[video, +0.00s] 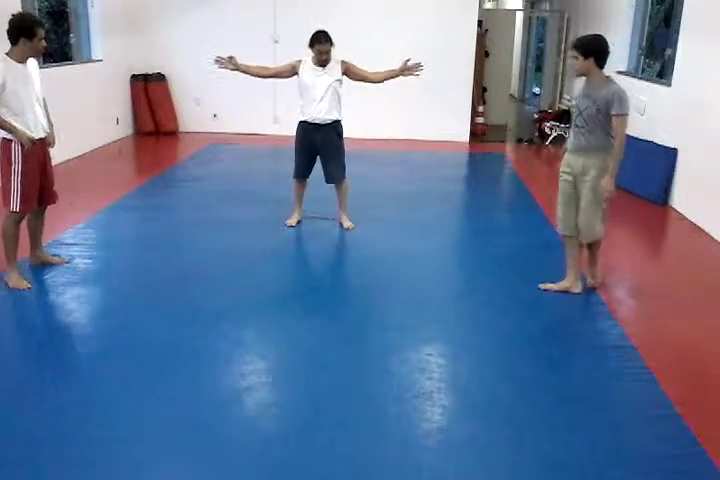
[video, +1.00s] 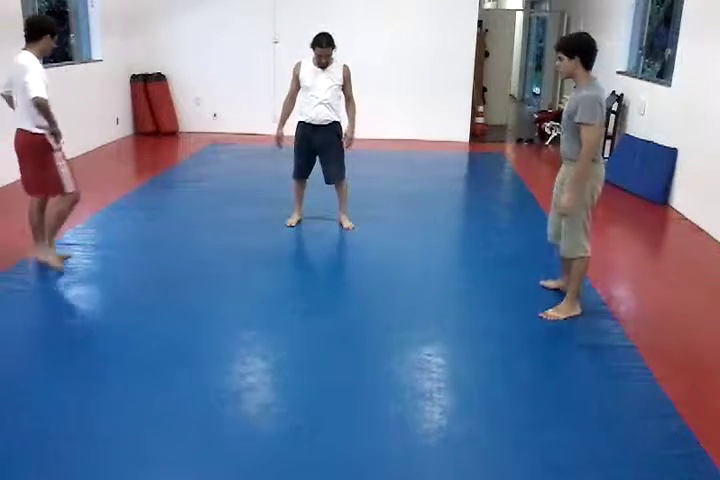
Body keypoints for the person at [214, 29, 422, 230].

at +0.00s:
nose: (322, 56)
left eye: (325, 52)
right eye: (318, 53)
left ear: (332, 48)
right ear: (311, 49)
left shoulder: (341, 66)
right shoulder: (300, 66)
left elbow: (371, 77)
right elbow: (268, 72)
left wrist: (399, 72)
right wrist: (238, 67)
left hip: (331, 129)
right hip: (306, 129)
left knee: (339, 176)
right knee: (300, 175)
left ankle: (343, 215)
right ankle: (297, 213)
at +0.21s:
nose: (322, 57)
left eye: (326, 53)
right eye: (319, 54)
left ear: (332, 51)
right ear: (311, 51)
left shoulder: (342, 68)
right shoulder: (300, 67)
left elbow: (367, 83)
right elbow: (273, 81)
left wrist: (388, 80)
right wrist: (246, 79)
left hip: (331, 129)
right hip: (306, 128)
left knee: (339, 175)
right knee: (300, 174)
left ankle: (343, 214)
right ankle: (297, 212)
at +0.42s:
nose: (322, 59)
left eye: (326, 55)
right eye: (318, 55)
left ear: (332, 52)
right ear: (311, 52)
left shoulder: (341, 70)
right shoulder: (301, 69)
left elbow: (352, 94)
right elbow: (288, 94)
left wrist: (362, 111)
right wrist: (274, 108)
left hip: (331, 128)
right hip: (306, 127)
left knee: (339, 176)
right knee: (300, 174)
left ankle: (343, 214)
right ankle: (297, 212)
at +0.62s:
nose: (323, 60)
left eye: (326, 56)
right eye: (318, 56)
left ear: (332, 52)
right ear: (312, 51)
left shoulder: (341, 70)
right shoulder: (301, 68)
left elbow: (347, 99)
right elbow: (294, 98)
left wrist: (349, 125)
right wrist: (287, 127)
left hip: (332, 128)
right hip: (306, 128)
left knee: (339, 176)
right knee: (300, 175)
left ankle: (343, 214)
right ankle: (297, 212)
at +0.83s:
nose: (323, 60)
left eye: (327, 56)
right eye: (319, 56)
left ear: (333, 52)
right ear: (312, 51)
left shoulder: (342, 70)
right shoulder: (300, 68)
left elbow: (348, 99)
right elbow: (292, 98)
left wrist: (349, 126)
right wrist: (285, 127)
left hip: (331, 128)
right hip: (305, 128)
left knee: (339, 177)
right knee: (300, 175)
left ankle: (343, 214)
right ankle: (297, 212)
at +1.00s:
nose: (323, 60)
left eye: (327, 56)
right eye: (319, 55)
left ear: (333, 52)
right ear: (312, 51)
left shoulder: (342, 70)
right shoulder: (301, 68)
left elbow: (349, 100)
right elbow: (291, 98)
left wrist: (351, 128)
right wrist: (280, 127)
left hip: (331, 129)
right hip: (305, 128)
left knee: (339, 177)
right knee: (300, 175)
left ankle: (343, 214)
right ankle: (297, 212)